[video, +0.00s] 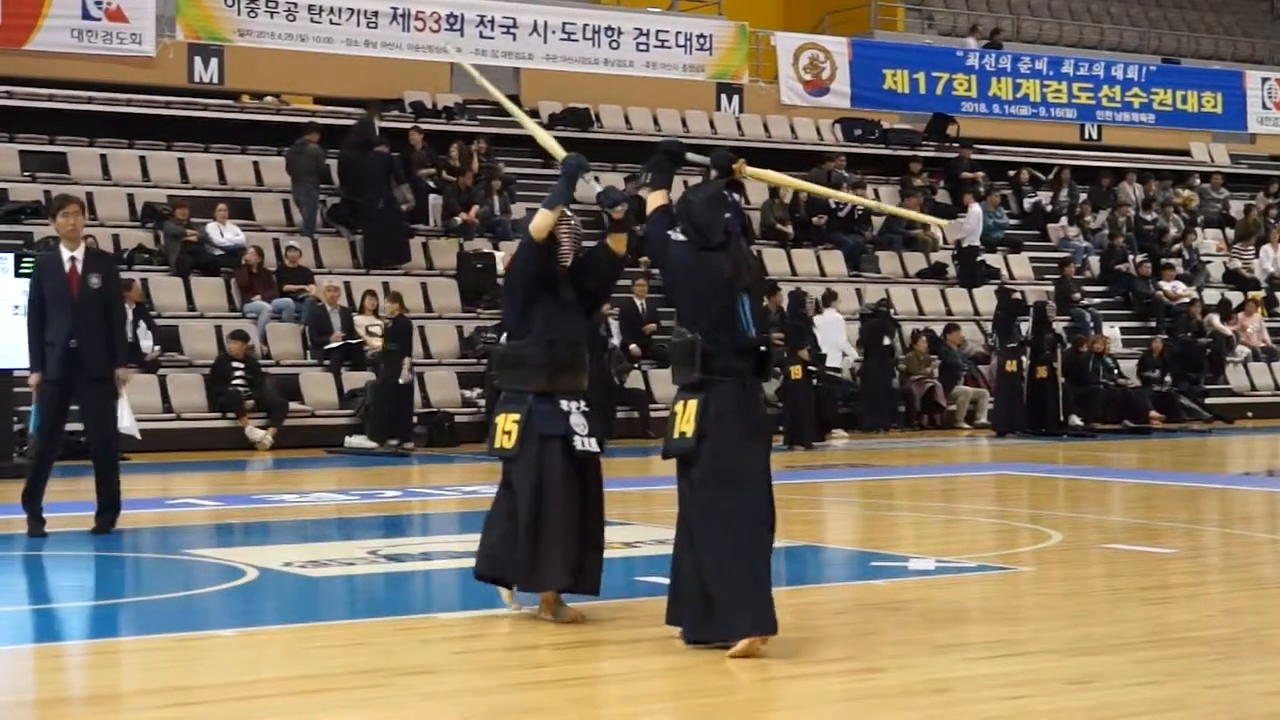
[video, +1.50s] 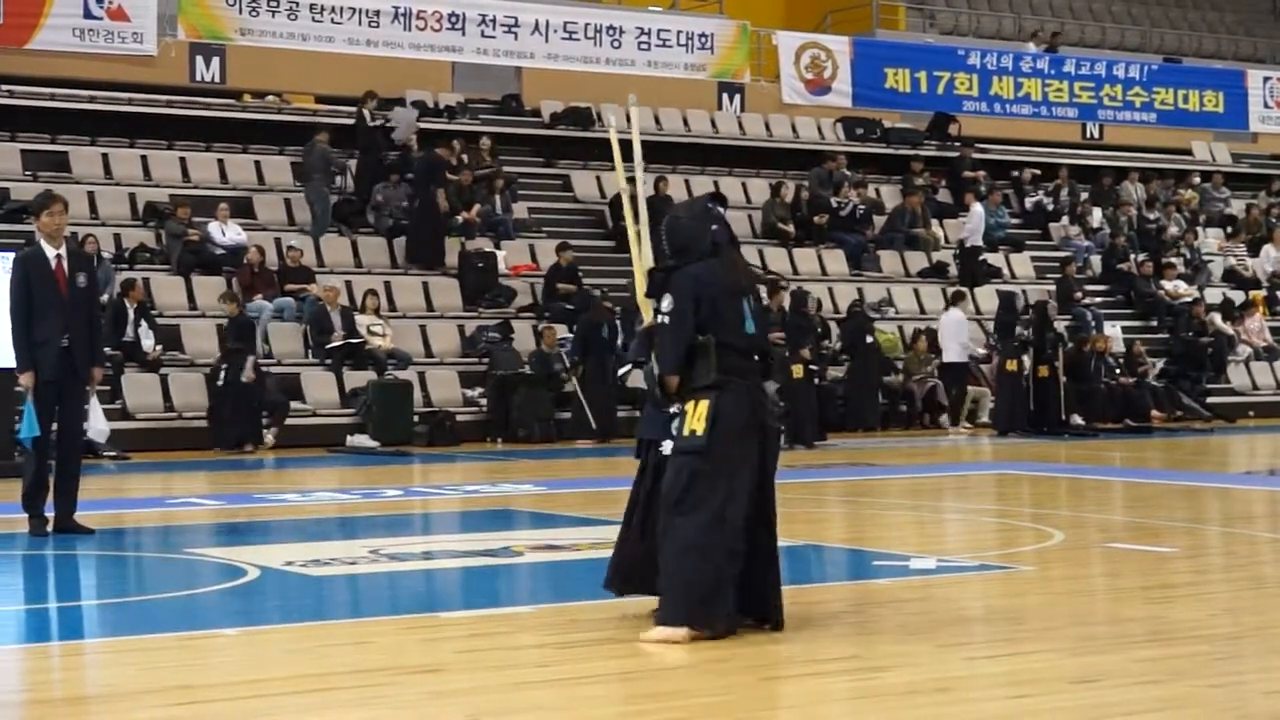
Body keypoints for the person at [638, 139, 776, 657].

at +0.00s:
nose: (673, 219)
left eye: (679, 215)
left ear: (688, 228)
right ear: (728, 225)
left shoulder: (690, 267)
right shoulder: (742, 264)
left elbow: (657, 217)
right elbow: (722, 219)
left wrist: (663, 168)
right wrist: (725, 176)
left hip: (712, 397)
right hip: (745, 395)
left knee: (717, 510)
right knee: (741, 510)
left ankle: (748, 622)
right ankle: (715, 619)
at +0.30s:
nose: (692, 225)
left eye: (697, 218)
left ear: (705, 229)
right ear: (744, 225)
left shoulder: (700, 268)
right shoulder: (762, 271)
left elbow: (671, 222)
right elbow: (744, 226)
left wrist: (684, 176)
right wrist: (747, 184)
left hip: (729, 398)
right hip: (767, 396)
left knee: (741, 510)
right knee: (727, 512)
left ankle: (797, 612)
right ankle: (702, 613)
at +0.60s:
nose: (715, 232)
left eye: (719, 224)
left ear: (728, 229)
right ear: (768, 226)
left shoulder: (722, 278)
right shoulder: (786, 280)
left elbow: (668, 320)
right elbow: (800, 349)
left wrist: (657, 278)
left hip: (745, 409)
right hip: (788, 408)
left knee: (746, 518)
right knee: (782, 516)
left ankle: (799, 620)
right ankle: (726, 613)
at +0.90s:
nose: (690, 246)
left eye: (694, 238)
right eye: (692, 238)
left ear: (707, 241)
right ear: (743, 237)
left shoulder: (709, 292)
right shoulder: (764, 285)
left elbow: (675, 357)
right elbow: (782, 352)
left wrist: (675, 319)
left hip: (728, 413)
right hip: (767, 411)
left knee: (721, 514)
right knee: (758, 512)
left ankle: (778, 596)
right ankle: (744, 619)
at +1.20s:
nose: (679, 252)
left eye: (684, 242)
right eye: (679, 242)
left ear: (703, 244)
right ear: (724, 241)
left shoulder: (720, 288)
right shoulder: (739, 284)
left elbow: (699, 356)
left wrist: (679, 386)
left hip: (739, 413)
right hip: (752, 408)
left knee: (715, 510)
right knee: (741, 508)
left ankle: (754, 614)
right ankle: (750, 610)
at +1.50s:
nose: (669, 244)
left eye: (673, 236)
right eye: (670, 236)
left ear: (685, 239)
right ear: (718, 234)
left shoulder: (687, 281)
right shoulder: (741, 278)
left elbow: (672, 362)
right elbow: (757, 346)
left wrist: (671, 387)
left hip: (711, 406)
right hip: (751, 403)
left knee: (688, 504)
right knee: (742, 505)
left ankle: (684, 614)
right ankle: (749, 605)